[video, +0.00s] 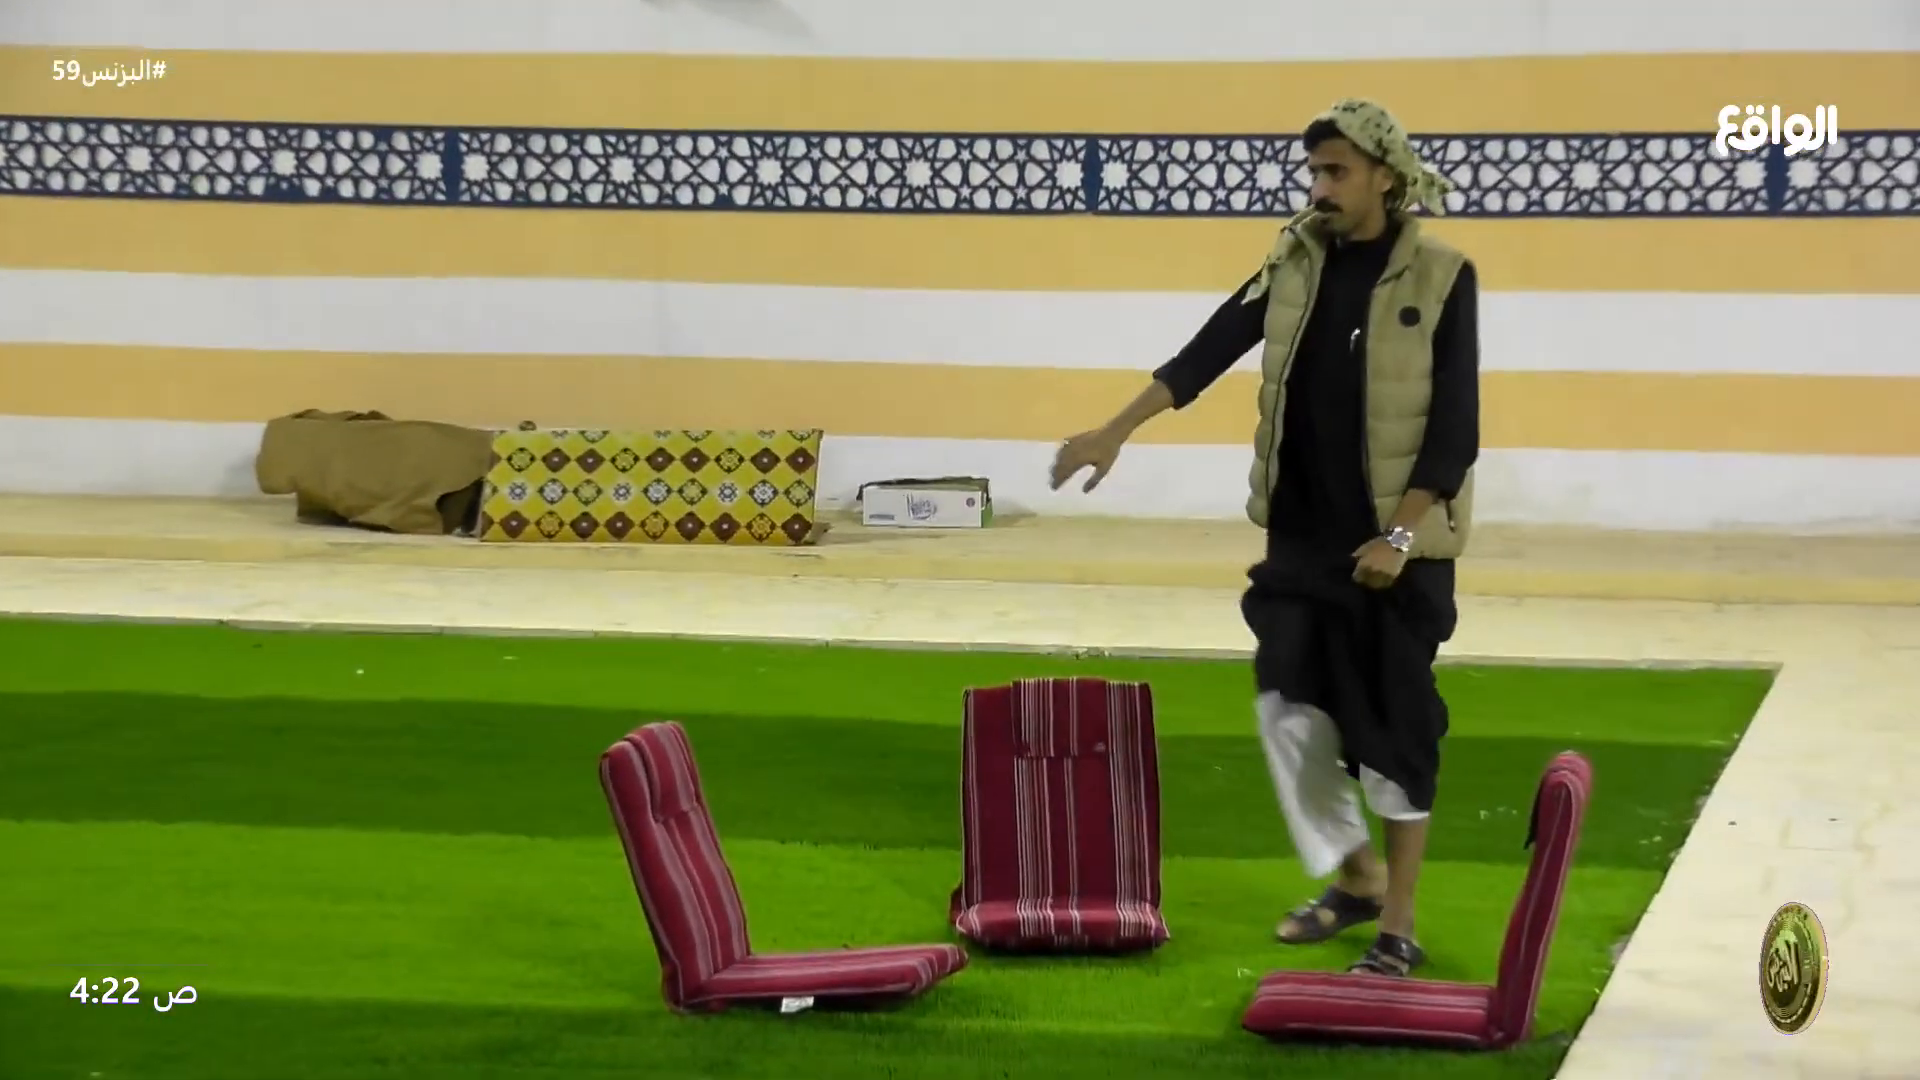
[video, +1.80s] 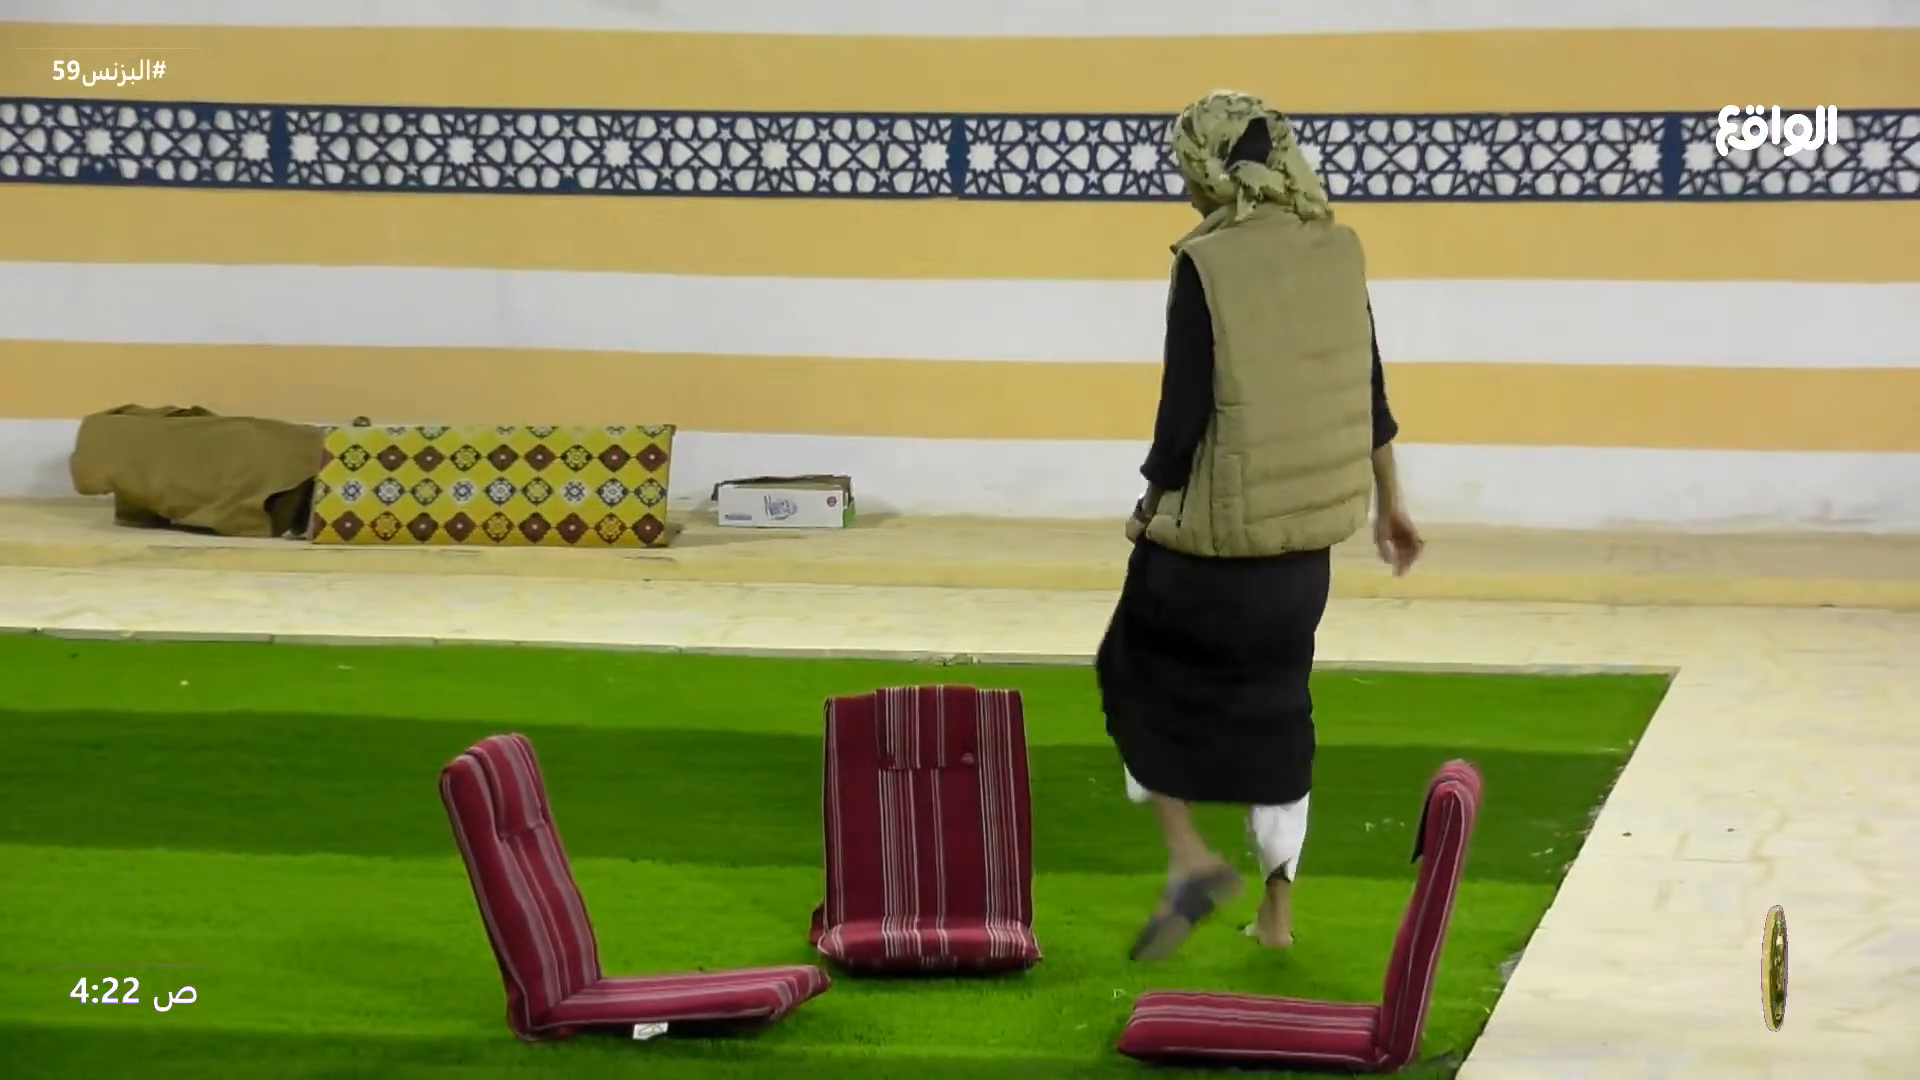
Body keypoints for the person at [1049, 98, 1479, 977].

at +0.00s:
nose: (1319, 187)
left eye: (1335, 171)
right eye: (1313, 172)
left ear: (1386, 175)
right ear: (1313, 176)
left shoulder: (1443, 275)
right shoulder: (1294, 265)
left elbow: (1456, 421)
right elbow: (1210, 349)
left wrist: (1402, 531)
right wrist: (1115, 429)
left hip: (1400, 547)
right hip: (1300, 542)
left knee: (1396, 738)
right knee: (1290, 719)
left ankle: (1398, 928)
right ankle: (1359, 880)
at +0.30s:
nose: (1252, 191)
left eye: (1264, 171)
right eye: (1246, 176)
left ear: (1320, 164)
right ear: (1256, 181)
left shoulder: (1402, 243)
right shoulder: (1265, 267)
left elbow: (1444, 382)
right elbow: (1238, 395)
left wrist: (1403, 501)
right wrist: (1194, 514)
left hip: (1414, 517)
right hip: (1327, 526)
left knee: (1376, 706)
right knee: (1342, 710)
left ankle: (1400, 921)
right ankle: (1409, 906)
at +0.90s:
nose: (1140, 227)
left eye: (1146, 210)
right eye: (1136, 212)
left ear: (1196, 197)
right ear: (1192, 201)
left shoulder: (1273, 263)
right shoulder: (1210, 270)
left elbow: (1316, 397)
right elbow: (1234, 399)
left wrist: (1277, 506)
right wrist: (1226, 490)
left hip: (1327, 531)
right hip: (1287, 531)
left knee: (1291, 716)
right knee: (1308, 708)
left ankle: (1308, 919)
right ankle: (1341, 896)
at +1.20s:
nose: (1128, 200)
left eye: (1128, 184)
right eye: (1123, 185)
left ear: (1160, 179)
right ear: (1210, 157)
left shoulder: (1196, 262)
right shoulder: (1284, 221)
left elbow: (1205, 409)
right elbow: (1290, 353)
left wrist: (1193, 504)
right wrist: (1199, 412)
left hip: (1252, 511)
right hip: (1322, 483)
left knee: (1253, 696)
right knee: (1241, 643)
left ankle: (1270, 920)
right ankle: (1246, 799)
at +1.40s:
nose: (1139, 183)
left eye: (1142, 166)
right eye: (1138, 166)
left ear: (1169, 165)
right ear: (1229, 150)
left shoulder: (1183, 258)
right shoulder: (1298, 231)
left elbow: (1180, 403)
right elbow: (1334, 367)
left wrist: (1160, 501)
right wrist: (1298, 456)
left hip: (1221, 520)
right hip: (1297, 501)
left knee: (1231, 704)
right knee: (1272, 640)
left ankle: (1255, 919)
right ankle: (1271, 793)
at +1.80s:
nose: (1183, 180)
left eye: (1188, 165)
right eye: (1184, 164)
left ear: (1208, 169)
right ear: (1280, 154)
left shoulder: (1205, 260)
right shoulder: (1337, 249)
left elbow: (1187, 401)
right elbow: (1371, 387)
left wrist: (1154, 499)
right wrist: (1390, 500)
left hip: (1210, 537)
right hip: (1307, 535)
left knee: (1129, 670)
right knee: (1282, 704)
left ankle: (1188, 857)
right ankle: (1277, 917)